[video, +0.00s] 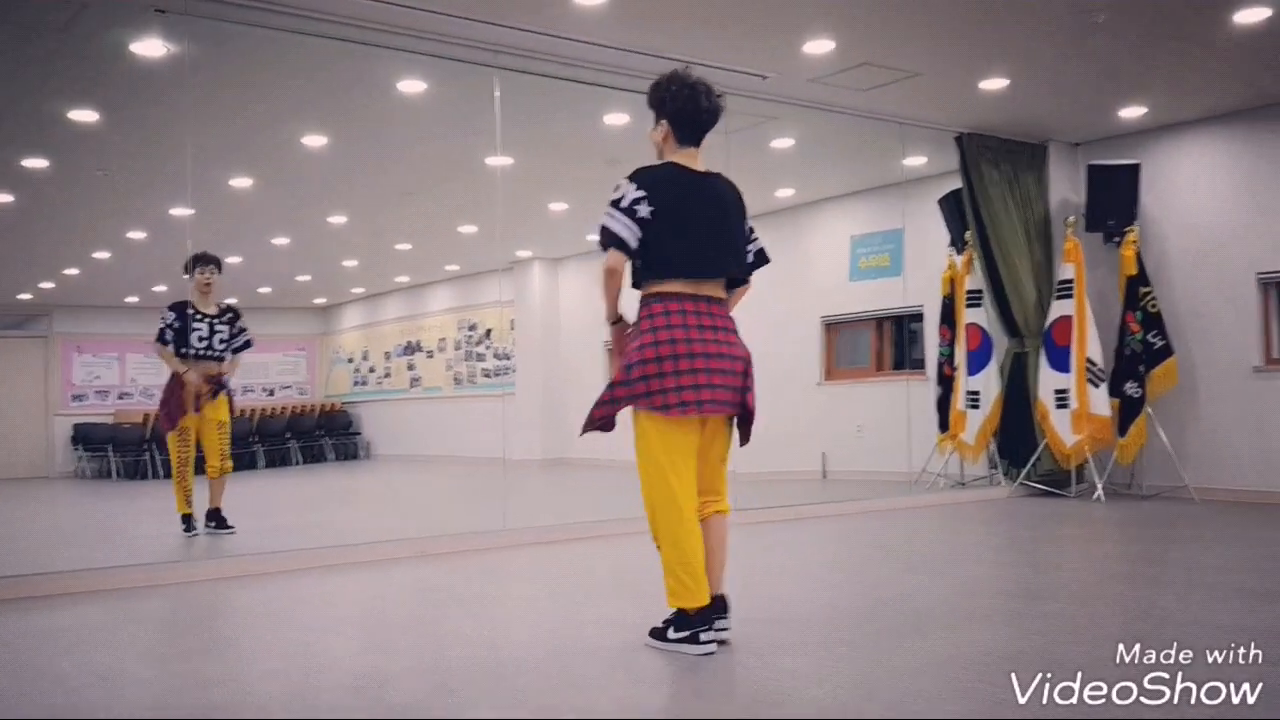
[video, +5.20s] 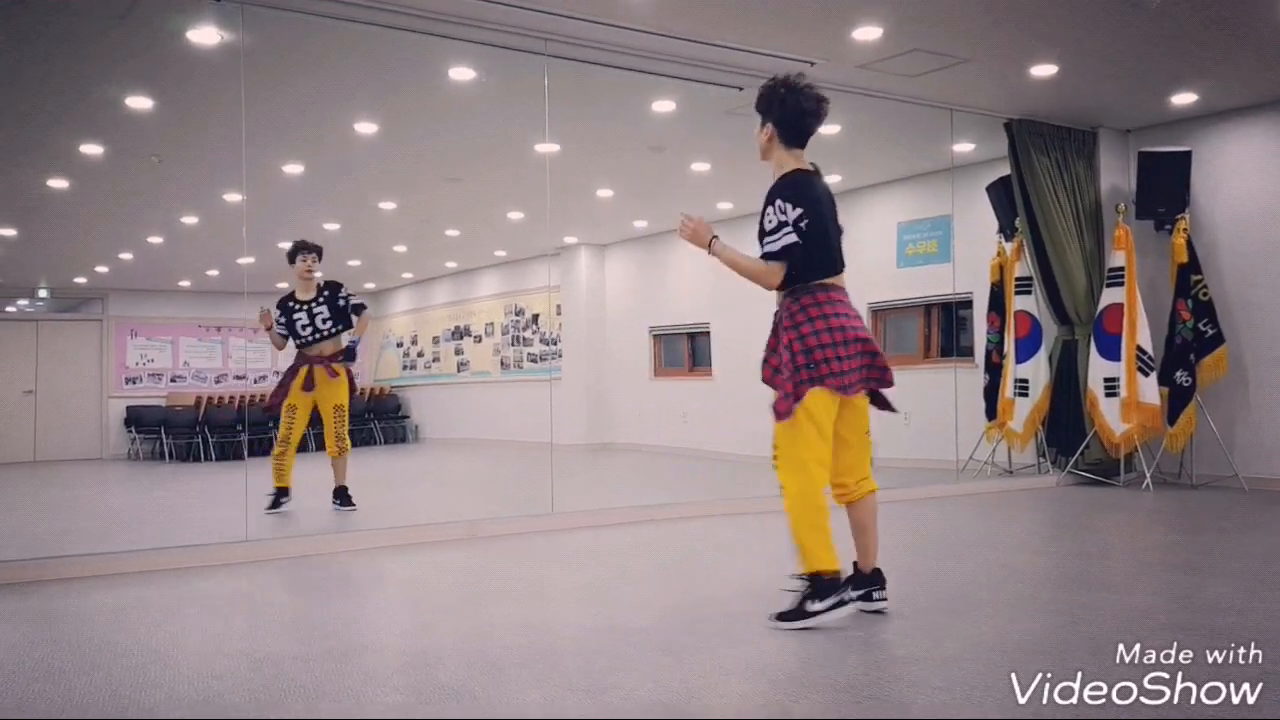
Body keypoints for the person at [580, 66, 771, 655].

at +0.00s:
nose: (650, 132)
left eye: (652, 123)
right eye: (654, 123)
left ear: (662, 128)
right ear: (706, 130)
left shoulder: (643, 185)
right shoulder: (728, 192)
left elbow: (615, 262)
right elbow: (748, 271)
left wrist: (613, 320)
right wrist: (711, 316)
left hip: (663, 333)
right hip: (720, 334)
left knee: (669, 484)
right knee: (711, 481)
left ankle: (690, 615)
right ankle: (712, 602)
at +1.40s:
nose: (701, 115)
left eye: (704, 106)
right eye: (706, 106)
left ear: (712, 114)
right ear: (754, 119)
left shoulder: (711, 172)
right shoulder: (770, 177)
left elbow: (703, 258)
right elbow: (787, 262)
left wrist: (675, 291)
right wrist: (757, 310)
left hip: (723, 322)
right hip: (771, 327)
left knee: (691, 460)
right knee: (741, 466)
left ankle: (729, 578)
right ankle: (771, 577)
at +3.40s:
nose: (741, 121)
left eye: (688, 116)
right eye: (741, 114)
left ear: (684, 120)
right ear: (740, 119)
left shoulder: (665, 176)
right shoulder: (765, 181)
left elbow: (643, 262)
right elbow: (784, 265)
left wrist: (634, 331)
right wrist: (750, 318)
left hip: (680, 325)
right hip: (746, 327)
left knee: (690, 470)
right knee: (755, 454)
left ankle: (717, 595)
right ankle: (762, 575)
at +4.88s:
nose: (696, 142)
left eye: (699, 134)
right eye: (699, 134)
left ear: (706, 141)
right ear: (751, 146)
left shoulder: (704, 195)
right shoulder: (767, 203)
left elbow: (674, 257)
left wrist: (654, 266)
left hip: (725, 340)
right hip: (779, 338)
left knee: (692, 487)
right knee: (786, 464)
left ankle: (709, 599)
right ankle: (819, 561)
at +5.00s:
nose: (719, 145)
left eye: (722, 136)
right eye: (721, 135)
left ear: (733, 143)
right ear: (770, 147)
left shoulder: (742, 200)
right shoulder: (782, 201)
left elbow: (738, 285)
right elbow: (787, 286)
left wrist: (680, 265)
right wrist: (710, 275)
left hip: (756, 340)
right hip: (797, 340)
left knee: (713, 480)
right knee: (802, 475)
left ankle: (715, 599)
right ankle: (858, 567)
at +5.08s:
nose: (730, 139)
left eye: (734, 130)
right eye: (734, 129)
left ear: (745, 138)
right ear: (781, 141)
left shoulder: (763, 197)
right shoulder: (791, 196)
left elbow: (760, 281)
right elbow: (803, 281)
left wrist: (697, 261)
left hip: (780, 343)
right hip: (812, 341)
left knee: (741, 471)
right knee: (819, 470)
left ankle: (726, 589)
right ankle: (863, 575)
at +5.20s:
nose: (756, 135)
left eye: (758, 125)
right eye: (759, 125)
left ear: (769, 132)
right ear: (805, 132)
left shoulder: (785, 192)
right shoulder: (818, 188)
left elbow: (773, 275)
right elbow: (827, 266)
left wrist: (712, 244)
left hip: (807, 328)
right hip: (844, 323)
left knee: (798, 459)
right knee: (852, 459)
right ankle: (869, 576)